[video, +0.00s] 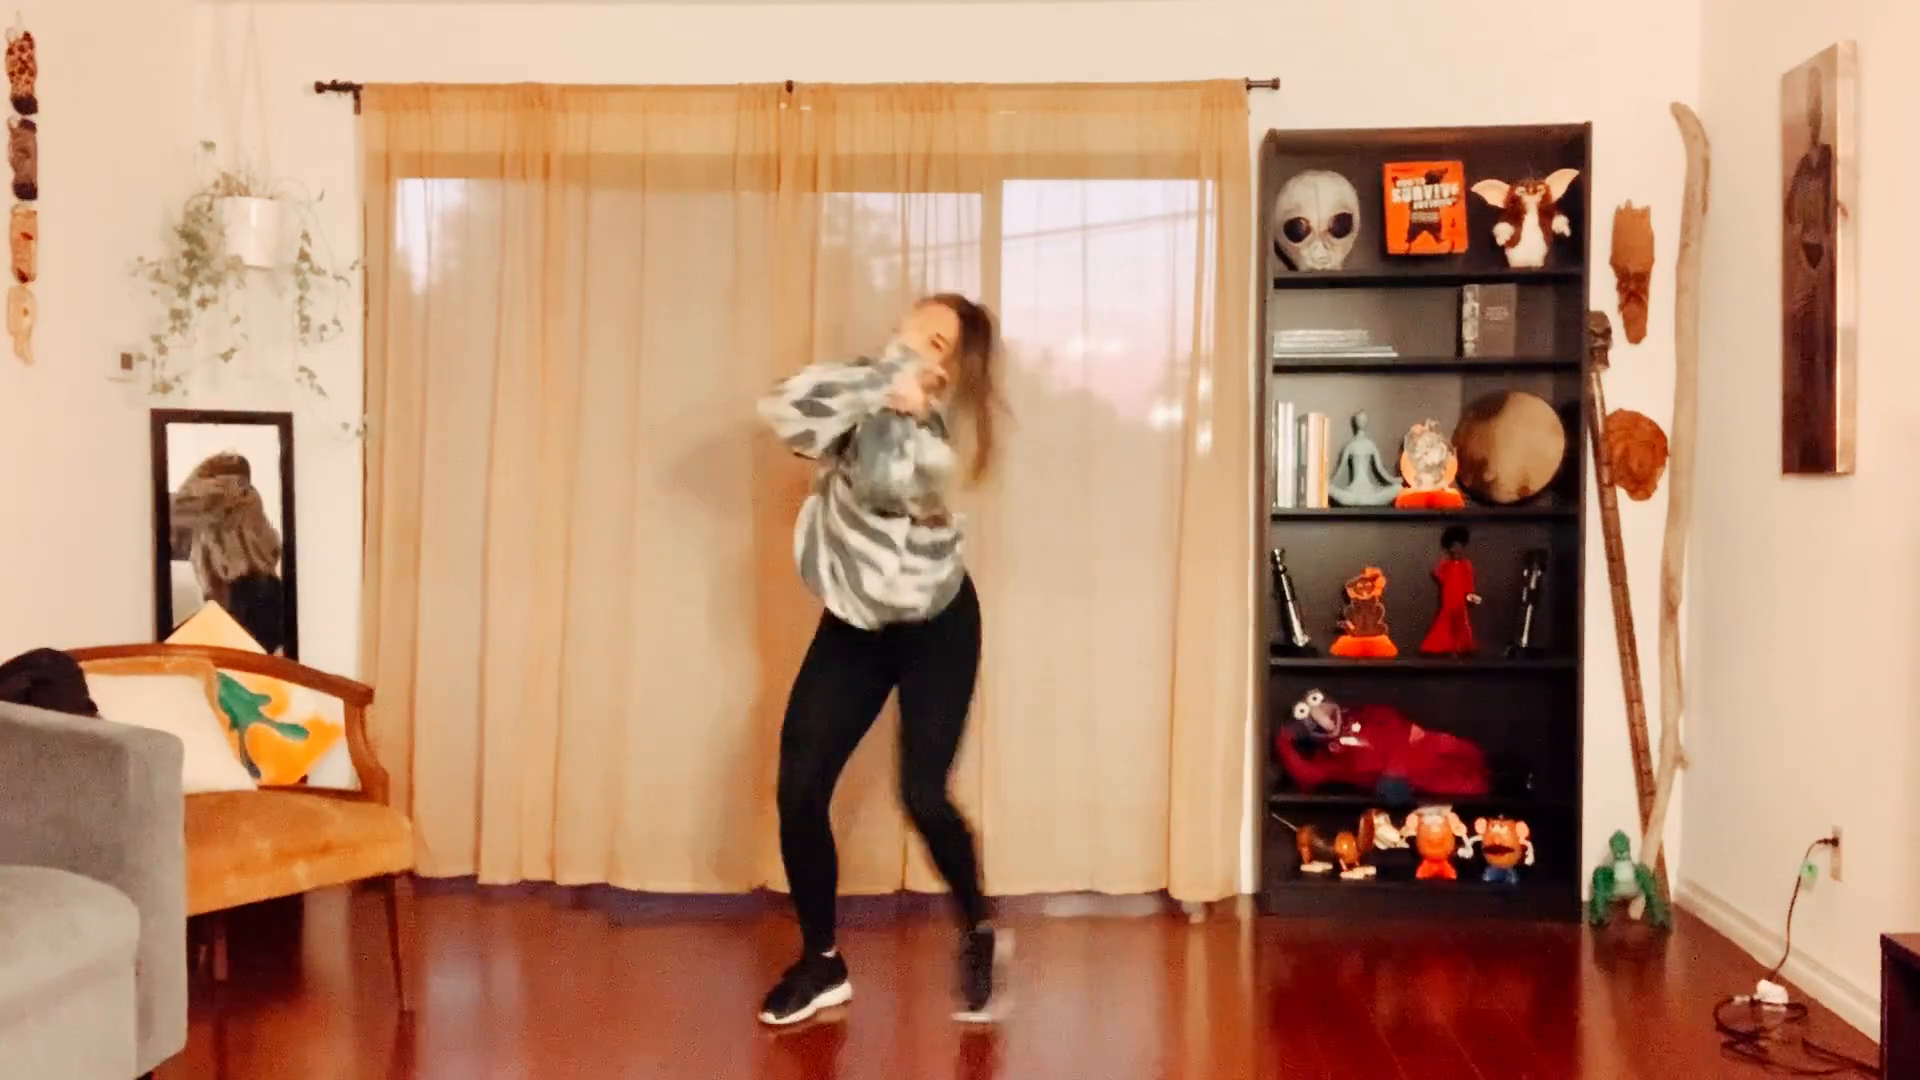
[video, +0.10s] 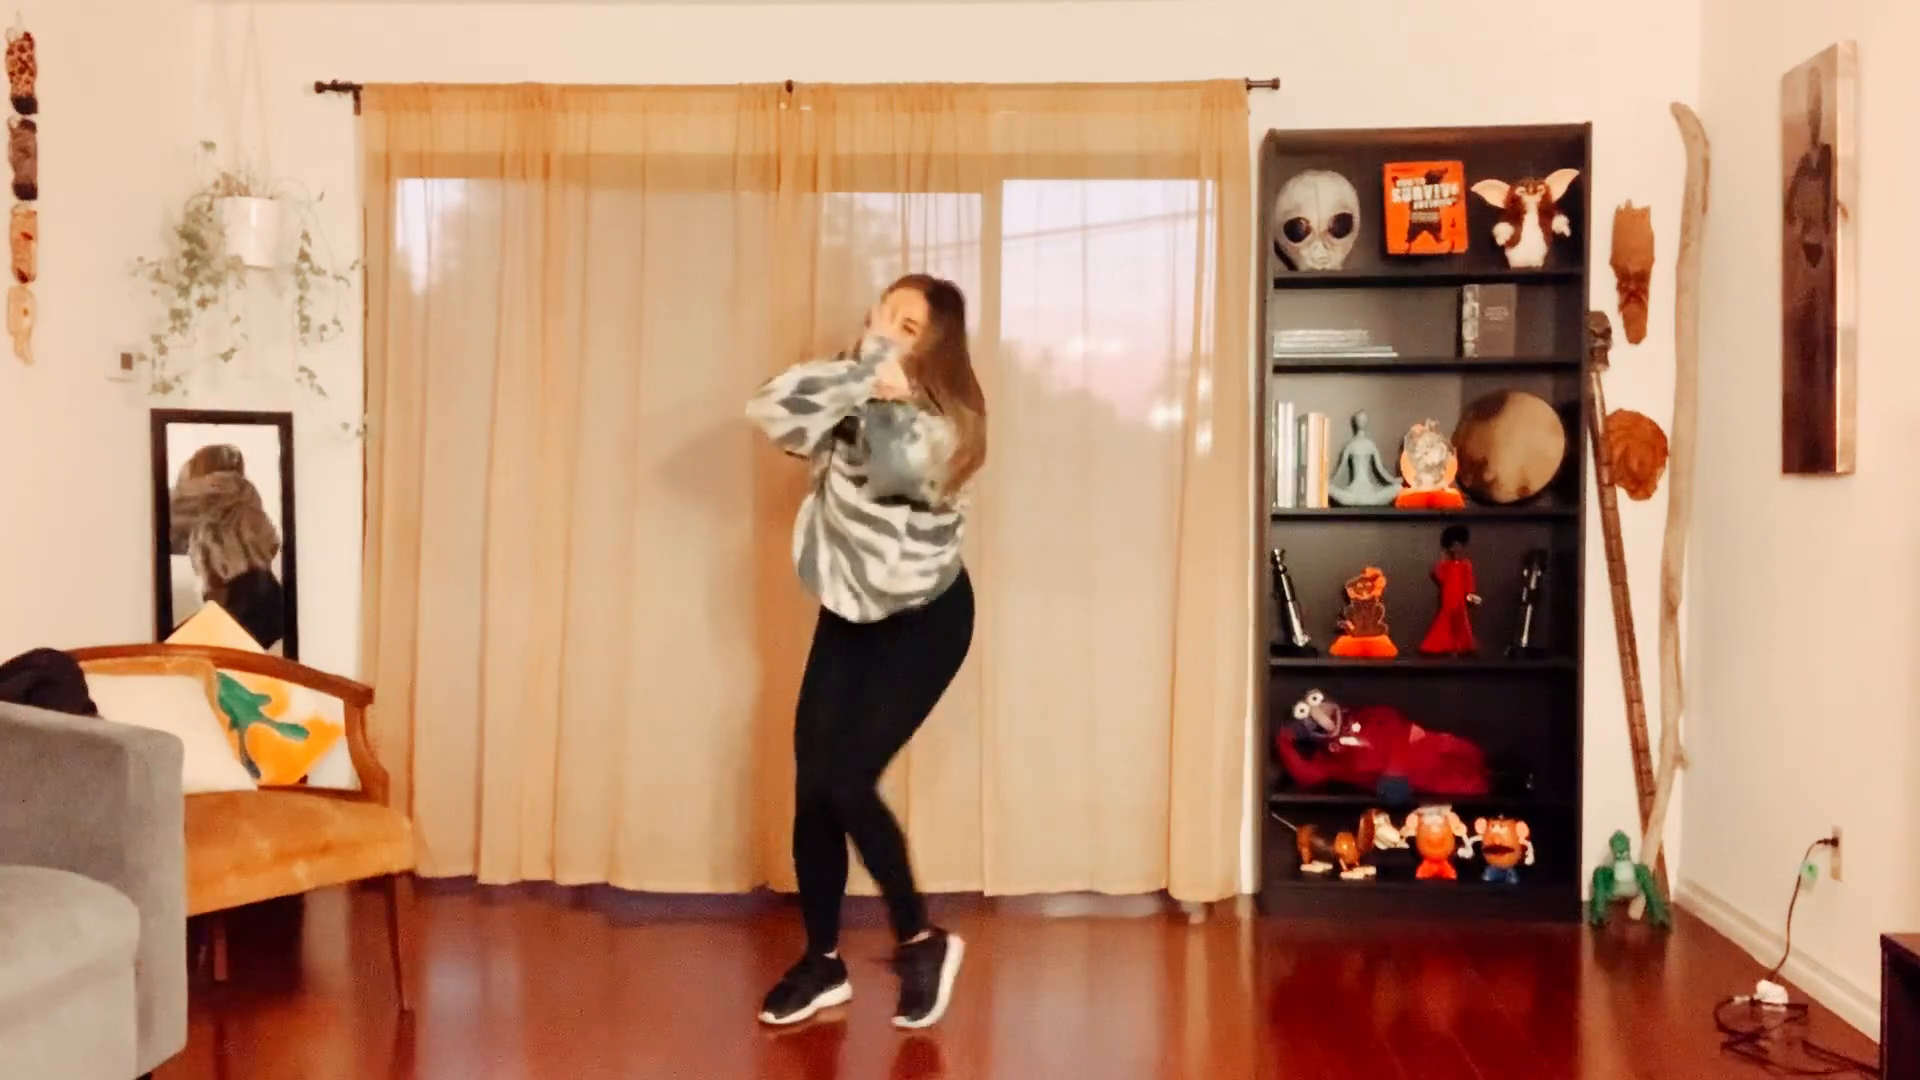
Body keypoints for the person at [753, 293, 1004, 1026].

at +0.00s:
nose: (914, 345)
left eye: (936, 341)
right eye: (912, 331)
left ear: (956, 368)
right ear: (895, 332)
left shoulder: (944, 443)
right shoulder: (852, 394)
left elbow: (910, 478)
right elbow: (780, 411)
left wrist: (894, 410)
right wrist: (878, 384)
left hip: (938, 624)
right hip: (855, 623)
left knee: (924, 796)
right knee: (799, 788)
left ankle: (979, 934)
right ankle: (821, 962)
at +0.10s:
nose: (885, 329)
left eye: (906, 322)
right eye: (884, 313)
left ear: (934, 342)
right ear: (869, 318)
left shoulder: (942, 423)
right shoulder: (847, 397)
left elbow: (894, 466)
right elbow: (771, 412)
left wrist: (870, 396)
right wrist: (861, 372)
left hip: (926, 617)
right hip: (848, 612)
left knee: (848, 778)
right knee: (814, 787)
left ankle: (921, 943)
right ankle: (822, 962)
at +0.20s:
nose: (872, 337)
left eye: (891, 327)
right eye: (865, 320)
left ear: (921, 340)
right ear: (849, 324)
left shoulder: (943, 415)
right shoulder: (830, 404)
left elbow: (935, 462)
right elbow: (766, 413)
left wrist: (892, 405)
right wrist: (854, 374)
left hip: (927, 616)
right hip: (848, 615)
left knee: (854, 784)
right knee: (808, 790)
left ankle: (924, 945)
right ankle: (824, 961)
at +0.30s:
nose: (869, 341)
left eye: (888, 332)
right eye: (861, 325)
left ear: (918, 344)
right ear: (845, 330)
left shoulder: (941, 418)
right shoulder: (818, 410)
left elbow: (935, 469)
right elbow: (760, 418)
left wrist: (887, 411)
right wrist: (848, 382)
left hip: (936, 623)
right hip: (855, 626)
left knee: (914, 796)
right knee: (799, 791)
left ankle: (965, 956)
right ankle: (831, 964)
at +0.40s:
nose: (871, 359)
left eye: (891, 350)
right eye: (865, 342)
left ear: (920, 364)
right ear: (847, 346)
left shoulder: (946, 440)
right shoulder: (827, 427)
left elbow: (935, 506)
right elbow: (774, 442)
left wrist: (885, 428)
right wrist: (857, 397)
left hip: (949, 640)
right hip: (862, 645)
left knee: (997, 808)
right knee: (774, 795)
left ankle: (1021, 967)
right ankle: (832, 970)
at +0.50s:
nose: (892, 390)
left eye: (912, 382)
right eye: (884, 372)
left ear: (939, 398)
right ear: (864, 380)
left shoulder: (965, 483)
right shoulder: (841, 460)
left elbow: (955, 572)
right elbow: (787, 475)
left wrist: (899, 463)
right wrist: (870, 429)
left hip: (966, 677)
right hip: (869, 682)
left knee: (1080, 808)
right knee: (749, 806)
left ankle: (1063, 982)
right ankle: (828, 972)